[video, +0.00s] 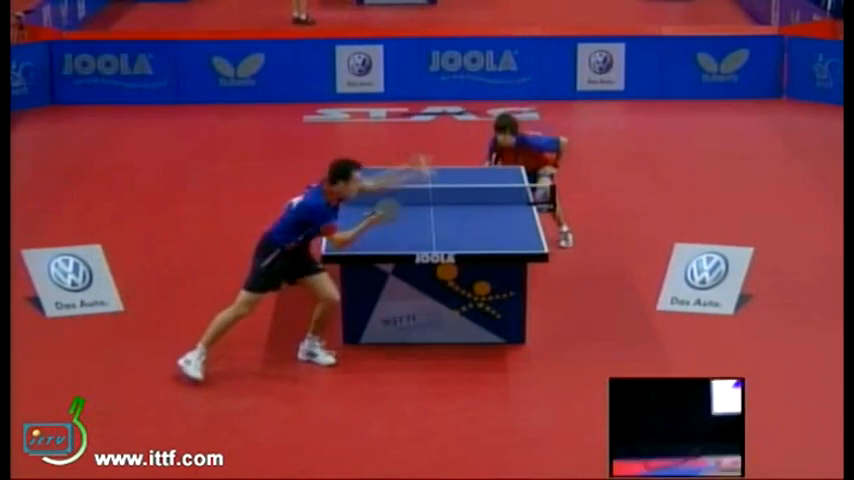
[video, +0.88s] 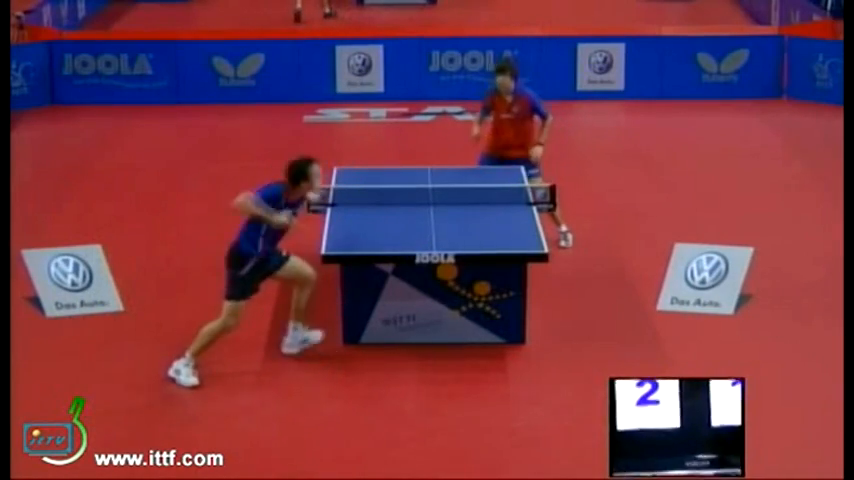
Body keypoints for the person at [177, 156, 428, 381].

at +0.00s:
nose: (358, 188)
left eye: (357, 184)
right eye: (354, 184)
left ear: (340, 183)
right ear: (337, 184)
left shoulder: (331, 191)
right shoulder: (318, 207)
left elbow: (370, 186)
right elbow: (337, 242)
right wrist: (369, 222)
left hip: (298, 252)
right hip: (273, 251)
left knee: (329, 297)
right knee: (242, 307)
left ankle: (311, 345)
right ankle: (196, 354)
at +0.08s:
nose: (348, 185)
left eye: (348, 179)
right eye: (344, 180)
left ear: (331, 180)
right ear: (328, 182)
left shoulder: (324, 188)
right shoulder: (309, 208)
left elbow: (364, 165)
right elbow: (327, 243)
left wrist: (396, 143)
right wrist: (356, 231)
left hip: (294, 253)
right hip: (269, 255)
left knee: (330, 297)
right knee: (243, 312)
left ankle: (310, 345)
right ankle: (194, 357)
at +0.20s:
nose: (332, 178)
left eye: (331, 174)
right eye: (327, 175)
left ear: (314, 181)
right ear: (313, 183)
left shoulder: (314, 191)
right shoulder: (297, 211)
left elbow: (341, 157)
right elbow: (301, 252)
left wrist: (372, 131)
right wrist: (334, 252)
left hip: (288, 257)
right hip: (263, 262)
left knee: (328, 297)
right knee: (242, 318)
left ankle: (311, 345)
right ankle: (192, 360)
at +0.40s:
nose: (309, 175)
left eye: (307, 169)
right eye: (304, 172)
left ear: (294, 180)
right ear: (292, 181)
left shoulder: (294, 192)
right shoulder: (274, 212)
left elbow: (310, 164)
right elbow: (260, 247)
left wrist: (339, 152)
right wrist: (296, 264)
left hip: (276, 256)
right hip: (252, 262)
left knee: (319, 294)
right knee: (237, 322)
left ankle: (310, 345)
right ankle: (187, 362)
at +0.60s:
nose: (301, 170)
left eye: (298, 166)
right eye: (295, 168)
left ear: (285, 180)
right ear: (282, 180)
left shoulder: (285, 190)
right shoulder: (259, 206)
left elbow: (297, 177)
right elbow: (238, 239)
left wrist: (315, 173)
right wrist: (267, 262)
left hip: (267, 252)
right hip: (242, 257)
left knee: (308, 292)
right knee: (228, 321)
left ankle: (309, 344)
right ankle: (184, 363)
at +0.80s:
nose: (307, 176)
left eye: (305, 171)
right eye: (302, 173)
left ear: (291, 180)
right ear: (290, 181)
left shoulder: (291, 191)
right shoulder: (262, 198)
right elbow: (229, 218)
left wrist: (312, 187)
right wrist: (250, 233)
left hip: (262, 252)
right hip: (238, 256)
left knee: (303, 283)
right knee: (227, 319)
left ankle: (305, 340)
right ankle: (184, 363)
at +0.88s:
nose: (318, 184)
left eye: (318, 179)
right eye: (315, 179)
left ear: (301, 182)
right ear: (302, 182)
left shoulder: (298, 196)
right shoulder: (275, 192)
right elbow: (242, 202)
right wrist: (273, 218)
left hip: (266, 254)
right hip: (244, 257)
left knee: (307, 277)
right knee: (229, 321)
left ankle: (296, 334)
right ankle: (184, 362)